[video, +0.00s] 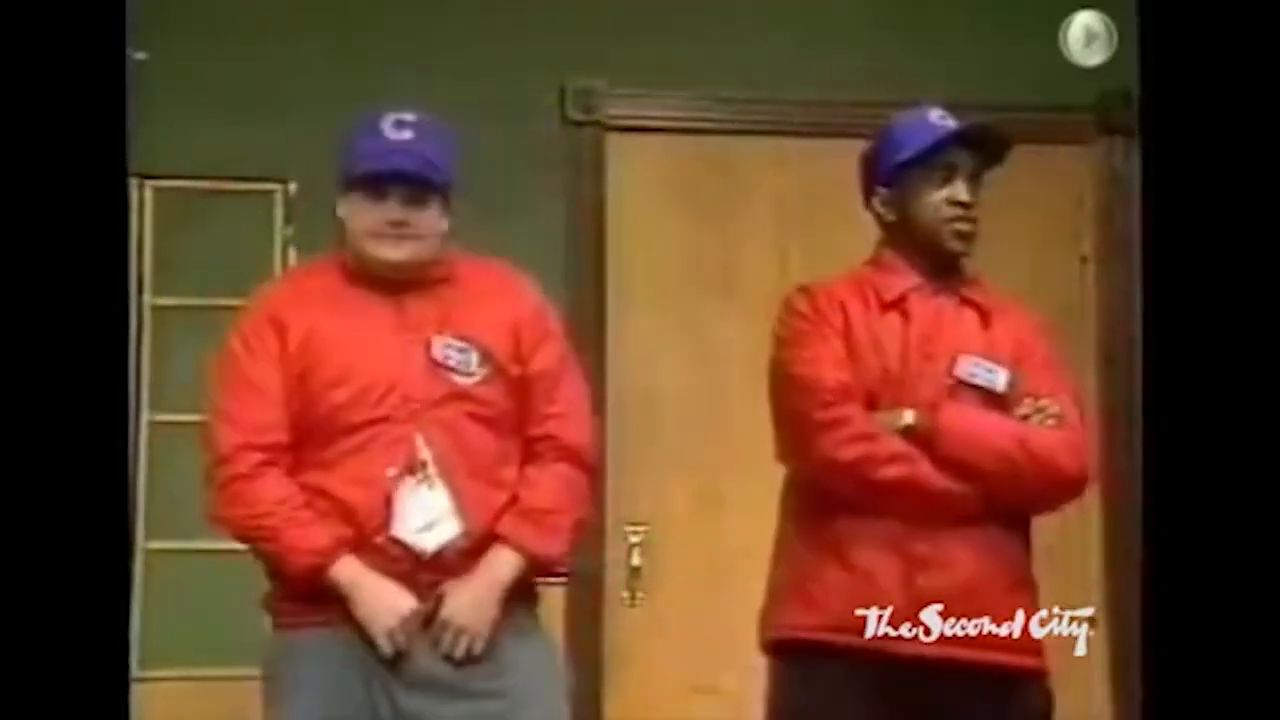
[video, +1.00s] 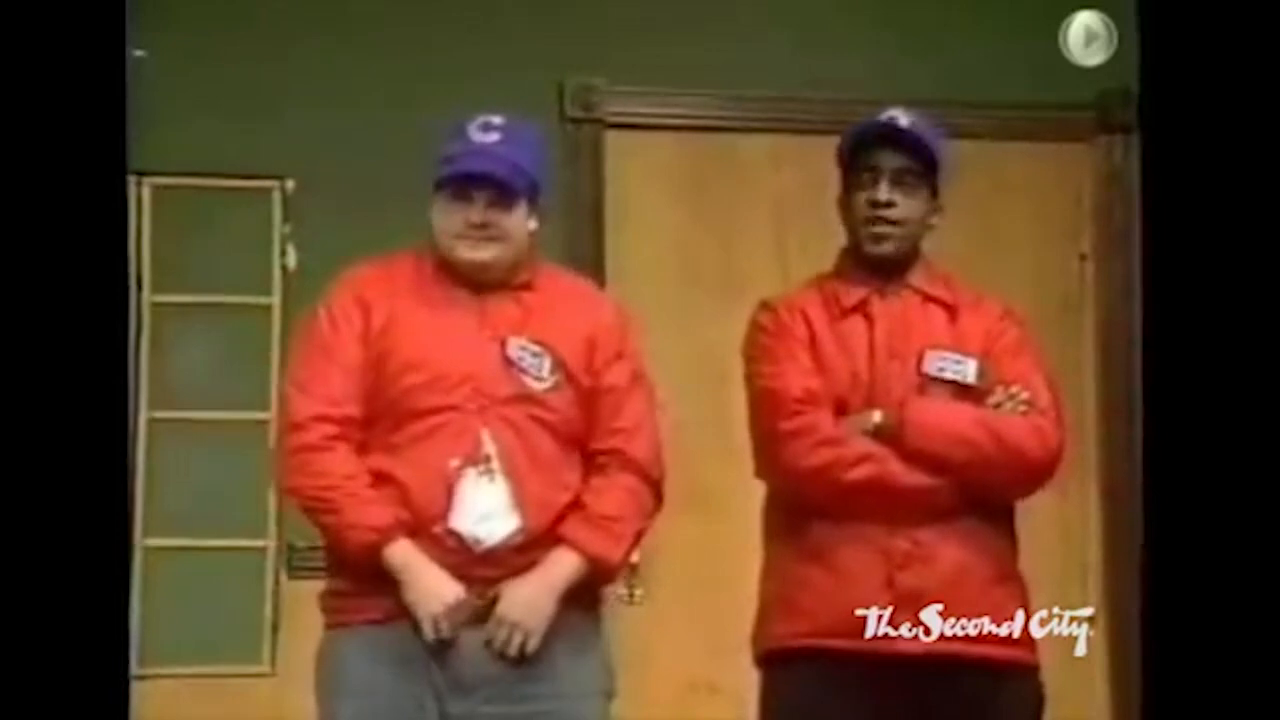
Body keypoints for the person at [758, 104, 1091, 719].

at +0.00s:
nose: (965, 197)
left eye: (972, 181)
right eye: (941, 178)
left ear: (981, 196)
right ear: (885, 201)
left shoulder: (1013, 325)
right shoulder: (821, 309)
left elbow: (1065, 466)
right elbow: (833, 454)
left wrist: (921, 423)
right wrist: (1001, 477)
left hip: (988, 647)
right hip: (839, 643)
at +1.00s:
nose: (881, 198)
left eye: (904, 183)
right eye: (866, 181)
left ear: (933, 207)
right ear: (841, 201)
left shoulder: (989, 322)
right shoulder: (788, 319)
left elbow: (1035, 448)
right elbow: (797, 459)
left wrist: (891, 423)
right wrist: (973, 462)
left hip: (974, 646)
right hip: (825, 646)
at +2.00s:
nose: (852, 199)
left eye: (874, 182)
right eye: (848, 184)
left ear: (934, 202)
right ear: (839, 194)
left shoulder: (1005, 310)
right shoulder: (804, 316)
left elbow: (1002, 440)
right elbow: (785, 462)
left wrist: (870, 351)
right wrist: (953, 453)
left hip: (975, 647)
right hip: (825, 648)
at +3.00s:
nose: (839, 197)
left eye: (861, 178)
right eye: (828, 182)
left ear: (912, 193)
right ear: (817, 194)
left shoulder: (985, 307)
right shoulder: (783, 314)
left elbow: (1017, 437)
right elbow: (784, 456)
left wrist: (897, 374)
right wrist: (954, 457)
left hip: (967, 646)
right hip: (817, 649)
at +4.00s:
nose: (892, 196)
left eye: (898, 180)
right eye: (866, 180)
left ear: (909, 194)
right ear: (817, 203)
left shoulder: (966, 311)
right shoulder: (774, 319)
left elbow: (1023, 436)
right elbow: (791, 455)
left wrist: (880, 416)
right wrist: (965, 465)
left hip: (966, 644)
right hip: (816, 647)